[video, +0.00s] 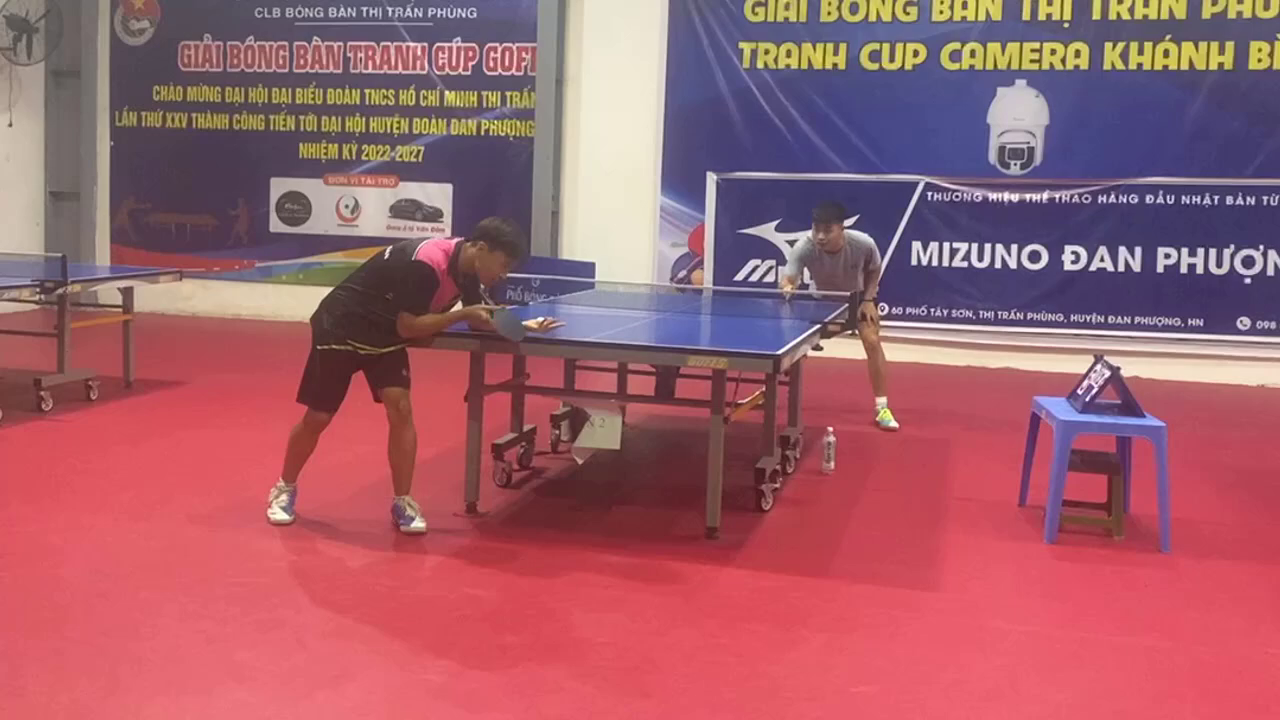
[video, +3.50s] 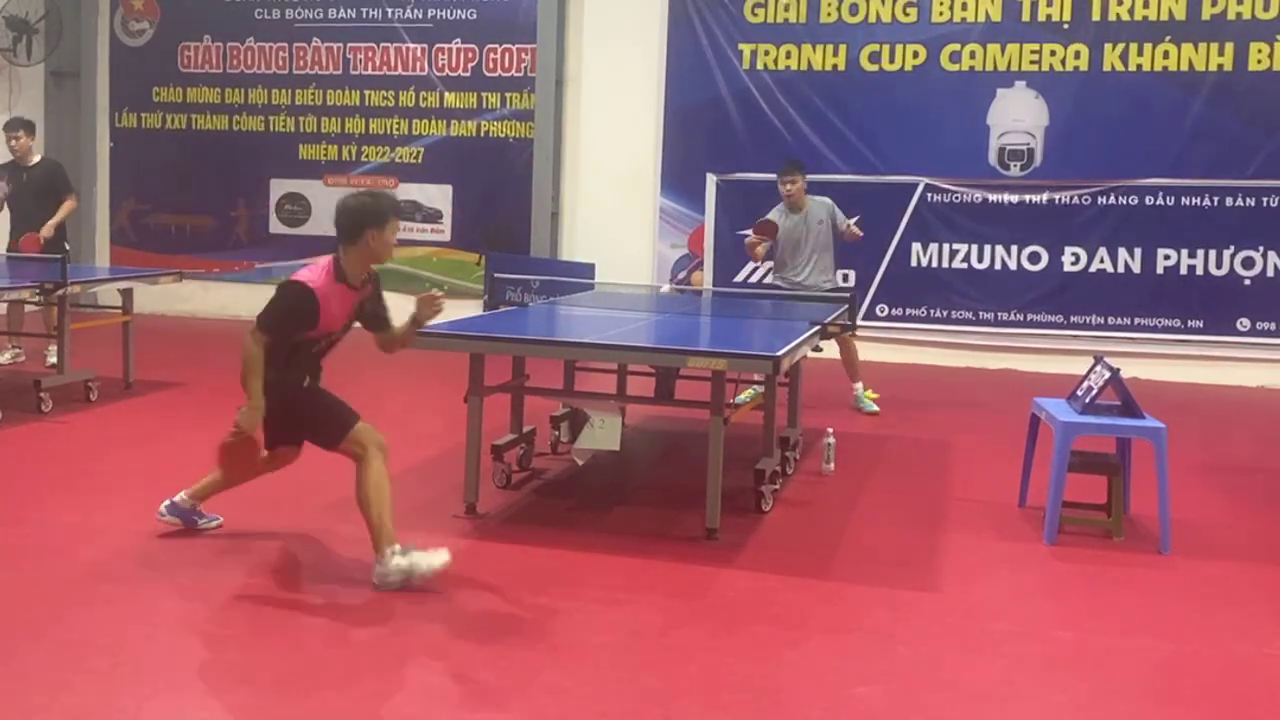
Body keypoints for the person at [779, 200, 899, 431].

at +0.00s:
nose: (821, 236)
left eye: (827, 231)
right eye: (817, 230)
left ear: (841, 228)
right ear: (812, 228)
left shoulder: (864, 245)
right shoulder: (804, 248)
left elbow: (874, 271)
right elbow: (789, 278)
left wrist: (869, 300)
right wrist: (788, 287)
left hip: (859, 302)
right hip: (824, 304)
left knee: (872, 341)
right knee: (793, 335)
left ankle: (882, 406)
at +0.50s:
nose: (815, 202)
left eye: (821, 196)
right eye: (811, 196)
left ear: (836, 197)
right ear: (807, 198)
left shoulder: (858, 224)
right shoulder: (801, 226)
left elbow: (873, 255)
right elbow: (788, 259)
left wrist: (865, 283)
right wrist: (781, 272)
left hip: (854, 296)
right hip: (815, 298)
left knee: (867, 342)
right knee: (787, 334)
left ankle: (881, 407)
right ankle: (769, 391)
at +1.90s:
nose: (808, 221)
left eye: (813, 215)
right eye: (802, 215)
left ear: (822, 211)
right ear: (793, 212)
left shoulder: (835, 227)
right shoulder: (781, 239)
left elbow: (837, 256)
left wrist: (852, 260)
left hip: (819, 302)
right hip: (784, 304)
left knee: (848, 354)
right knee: (766, 351)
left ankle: (868, 404)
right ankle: (759, 406)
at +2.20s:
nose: (818, 198)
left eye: (824, 192)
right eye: (814, 193)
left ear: (838, 195)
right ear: (809, 195)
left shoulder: (850, 220)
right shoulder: (800, 226)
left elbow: (866, 243)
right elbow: (780, 265)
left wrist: (879, 234)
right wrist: (792, 252)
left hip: (837, 302)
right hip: (800, 302)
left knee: (866, 353)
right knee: (779, 352)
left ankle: (874, 403)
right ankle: (761, 405)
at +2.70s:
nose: (802, 181)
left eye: (808, 176)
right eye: (799, 176)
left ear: (823, 177)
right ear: (796, 180)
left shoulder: (845, 211)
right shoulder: (790, 213)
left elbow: (860, 245)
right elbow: (774, 245)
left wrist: (853, 248)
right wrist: (761, 252)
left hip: (837, 294)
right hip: (798, 294)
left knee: (850, 341)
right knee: (774, 337)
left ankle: (872, 401)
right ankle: (760, 386)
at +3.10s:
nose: (789, 219)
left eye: (793, 213)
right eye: (786, 214)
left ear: (808, 210)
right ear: (785, 216)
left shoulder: (837, 230)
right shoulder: (789, 243)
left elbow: (860, 265)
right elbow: (774, 271)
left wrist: (844, 269)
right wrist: (762, 274)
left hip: (845, 301)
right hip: (808, 304)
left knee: (863, 348)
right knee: (780, 340)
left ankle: (885, 400)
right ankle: (762, 387)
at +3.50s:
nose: (787, 189)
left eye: (792, 183)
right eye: (783, 184)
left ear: (804, 183)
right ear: (779, 187)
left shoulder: (825, 206)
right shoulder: (775, 215)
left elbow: (845, 232)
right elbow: (760, 254)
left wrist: (852, 233)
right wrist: (753, 248)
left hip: (824, 290)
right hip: (786, 290)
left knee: (845, 337)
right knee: (770, 336)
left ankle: (859, 392)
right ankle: (763, 386)